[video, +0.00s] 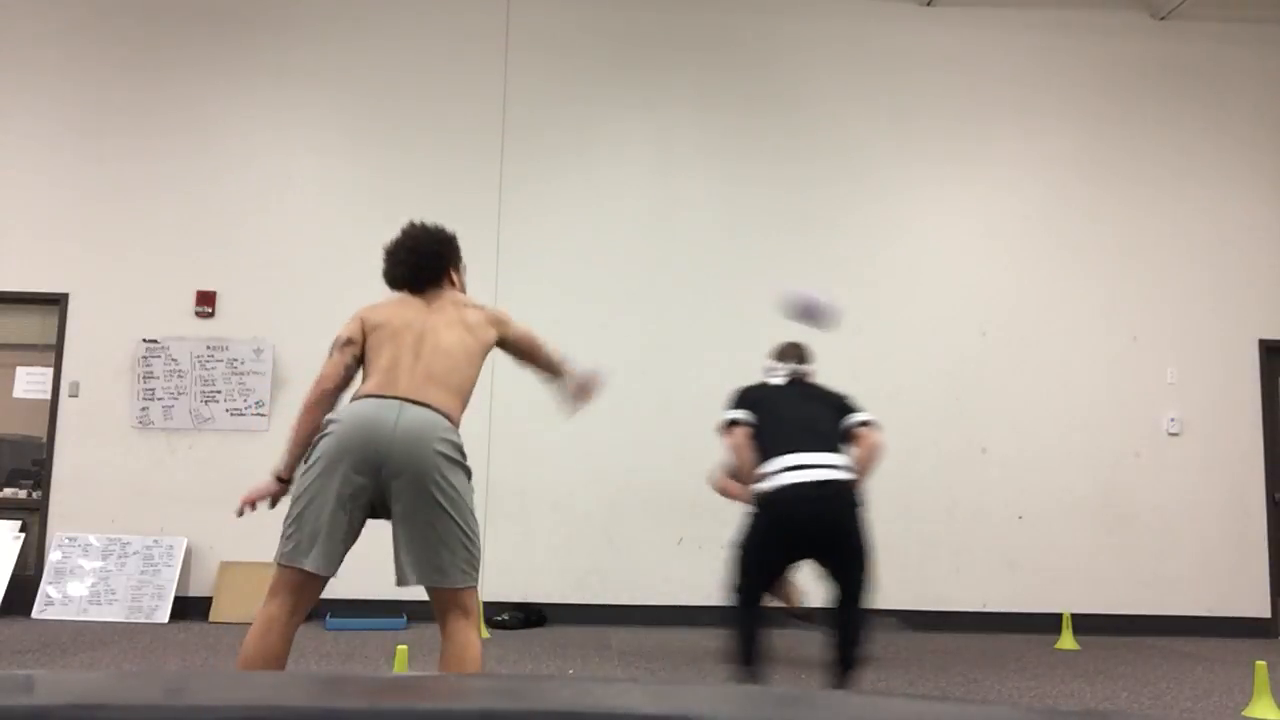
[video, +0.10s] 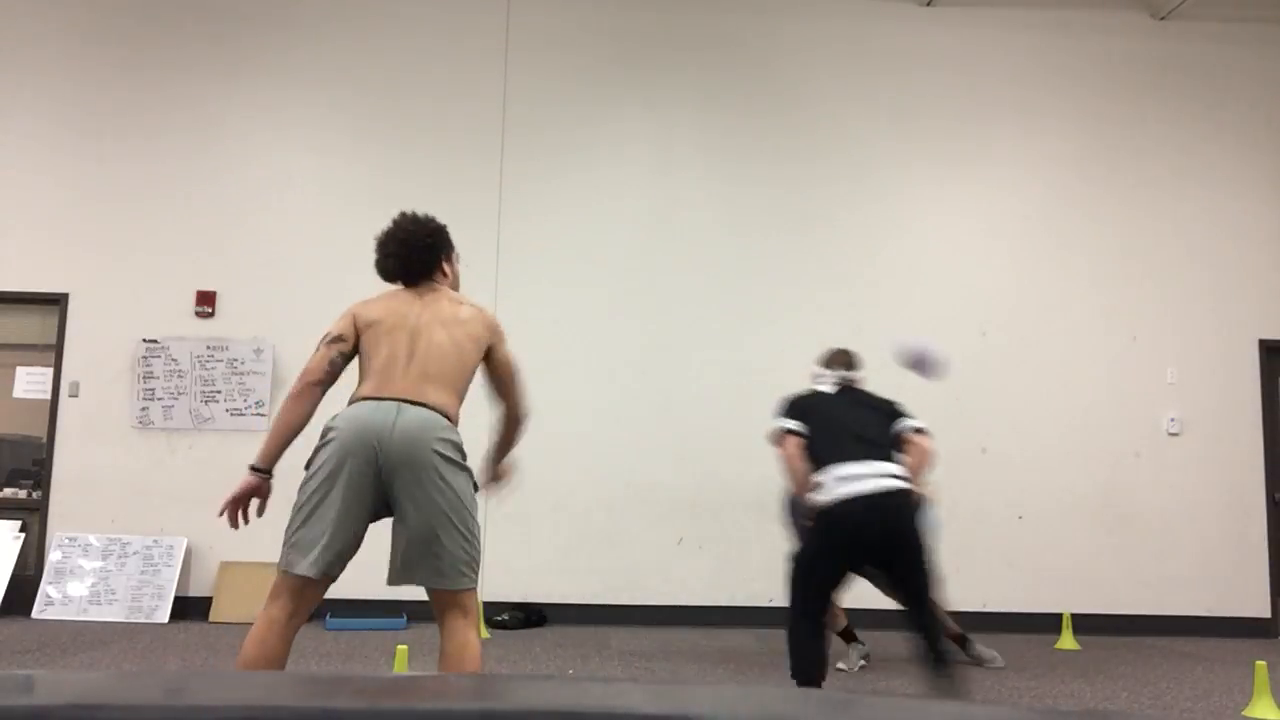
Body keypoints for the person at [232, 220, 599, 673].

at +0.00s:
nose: (465, 278)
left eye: (462, 269)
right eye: (463, 269)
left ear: (400, 280)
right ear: (452, 274)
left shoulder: (370, 316)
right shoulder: (484, 319)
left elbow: (325, 389)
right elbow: (540, 355)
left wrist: (282, 475)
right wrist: (570, 378)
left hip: (353, 426)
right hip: (430, 435)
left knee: (285, 599)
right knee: (458, 613)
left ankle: (240, 719)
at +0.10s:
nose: (458, 267)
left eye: (455, 258)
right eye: (456, 259)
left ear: (396, 272)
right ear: (444, 265)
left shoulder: (363, 311)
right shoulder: (479, 320)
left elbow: (310, 383)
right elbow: (515, 409)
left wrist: (261, 469)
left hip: (353, 428)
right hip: (430, 436)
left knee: (286, 602)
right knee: (457, 611)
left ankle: (236, 716)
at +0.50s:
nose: (383, 234)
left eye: (379, 224)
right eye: (378, 224)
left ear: (320, 236)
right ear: (362, 231)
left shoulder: (276, 296)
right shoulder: (394, 298)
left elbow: (251, 396)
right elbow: (434, 398)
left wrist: (259, 463)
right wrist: (479, 465)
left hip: (277, 435)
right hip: (351, 438)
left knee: (246, 608)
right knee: (407, 604)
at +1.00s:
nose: (342, 224)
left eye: (339, 213)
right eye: (336, 214)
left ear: (278, 225)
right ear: (316, 221)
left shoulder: (233, 287)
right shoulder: (344, 281)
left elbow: (206, 392)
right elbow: (355, 383)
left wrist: (194, 477)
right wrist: (392, 465)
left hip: (235, 442)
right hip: (311, 442)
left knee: (224, 612)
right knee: (371, 598)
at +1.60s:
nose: (410, 218)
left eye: (407, 207)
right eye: (403, 208)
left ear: (356, 220)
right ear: (379, 218)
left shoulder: (301, 282)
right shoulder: (399, 278)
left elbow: (278, 381)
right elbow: (411, 383)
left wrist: (281, 450)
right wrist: (459, 455)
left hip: (303, 439)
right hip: (371, 441)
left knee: (275, 608)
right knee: (371, 616)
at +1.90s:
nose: (454, 224)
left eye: (452, 213)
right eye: (449, 214)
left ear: (396, 221)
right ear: (424, 220)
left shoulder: (340, 280)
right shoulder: (437, 282)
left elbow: (310, 376)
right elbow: (455, 389)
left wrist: (327, 444)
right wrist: (504, 467)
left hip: (324, 442)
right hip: (388, 445)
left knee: (349, 611)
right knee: (380, 619)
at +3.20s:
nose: (489, 230)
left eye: (488, 217)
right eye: (485, 217)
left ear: (424, 219)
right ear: (462, 220)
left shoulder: (366, 275)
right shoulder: (466, 286)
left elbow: (328, 371)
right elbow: (469, 398)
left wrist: (309, 455)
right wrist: (500, 488)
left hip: (348, 444)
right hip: (414, 454)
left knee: (331, 610)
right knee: (391, 624)